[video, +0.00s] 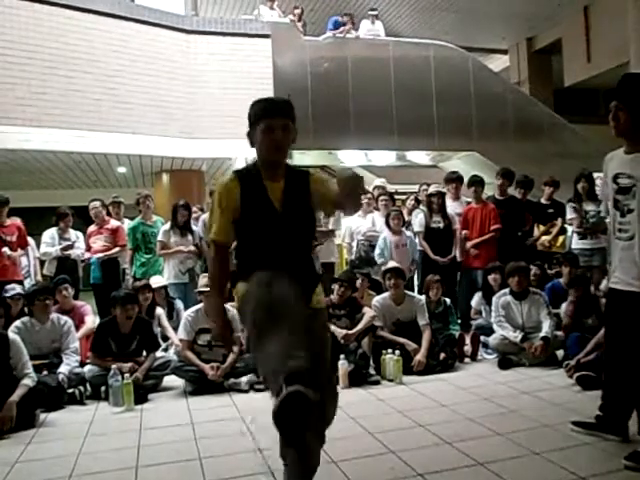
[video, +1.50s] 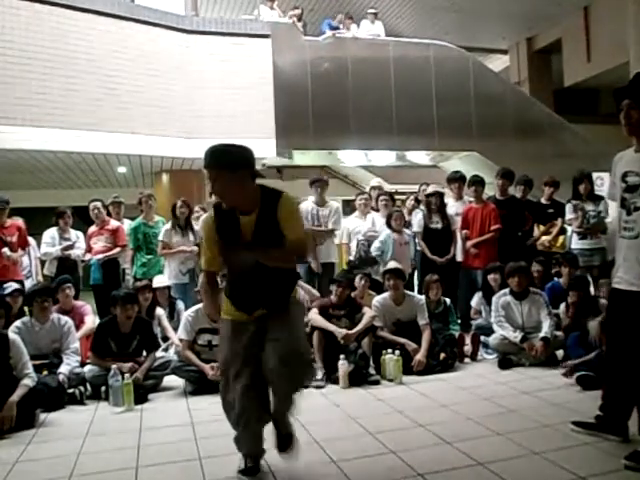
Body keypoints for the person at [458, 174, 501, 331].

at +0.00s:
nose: (473, 191)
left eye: (476, 187)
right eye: (471, 187)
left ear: (482, 189)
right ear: (468, 190)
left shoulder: (490, 208)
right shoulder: (467, 210)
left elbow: (495, 230)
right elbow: (463, 230)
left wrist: (473, 242)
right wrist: (467, 245)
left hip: (485, 258)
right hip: (469, 258)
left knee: (485, 293)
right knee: (466, 294)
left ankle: (486, 322)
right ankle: (466, 324)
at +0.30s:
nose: (473, 190)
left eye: (476, 187)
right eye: (471, 187)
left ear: (482, 189)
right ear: (468, 189)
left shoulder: (490, 208)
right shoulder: (467, 210)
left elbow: (495, 230)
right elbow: (463, 230)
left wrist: (473, 242)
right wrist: (467, 244)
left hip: (485, 258)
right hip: (469, 257)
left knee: (484, 292)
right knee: (468, 292)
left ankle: (485, 320)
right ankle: (466, 322)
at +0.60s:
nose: (474, 191)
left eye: (476, 187)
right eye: (471, 187)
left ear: (482, 189)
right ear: (468, 190)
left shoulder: (490, 208)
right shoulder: (467, 210)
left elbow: (495, 230)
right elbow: (462, 230)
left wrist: (473, 242)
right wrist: (465, 235)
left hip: (485, 258)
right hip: (469, 257)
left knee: (484, 292)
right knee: (468, 292)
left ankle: (485, 320)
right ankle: (467, 322)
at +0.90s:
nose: (474, 190)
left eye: (477, 187)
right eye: (472, 187)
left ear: (482, 189)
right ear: (468, 189)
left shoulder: (490, 208)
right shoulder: (467, 210)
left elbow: (495, 230)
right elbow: (462, 229)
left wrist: (473, 242)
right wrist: (465, 234)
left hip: (484, 258)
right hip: (469, 257)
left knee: (483, 292)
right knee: (467, 292)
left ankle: (484, 320)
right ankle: (466, 322)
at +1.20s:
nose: (473, 190)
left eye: (476, 187)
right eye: (471, 187)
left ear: (482, 189)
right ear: (468, 189)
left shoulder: (490, 208)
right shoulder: (468, 209)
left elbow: (495, 230)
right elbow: (463, 229)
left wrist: (473, 242)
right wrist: (464, 234)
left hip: (485, 259)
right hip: (469, 258)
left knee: (484, 294)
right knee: (466, 295)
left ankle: (486, 323)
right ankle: (465, 325)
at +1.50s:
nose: (474, 190)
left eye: (477, 187)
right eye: (471, 187)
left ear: (482, 189)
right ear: (468, 189)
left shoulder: (490, 208)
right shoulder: (468, 210)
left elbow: (495, 231)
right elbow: (463, 229)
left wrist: (473, 242)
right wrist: (464, 233)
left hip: (485, 259)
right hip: (469, 259)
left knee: (485, 295)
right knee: (466, 295)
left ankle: (486, 323)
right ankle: (466, 325)